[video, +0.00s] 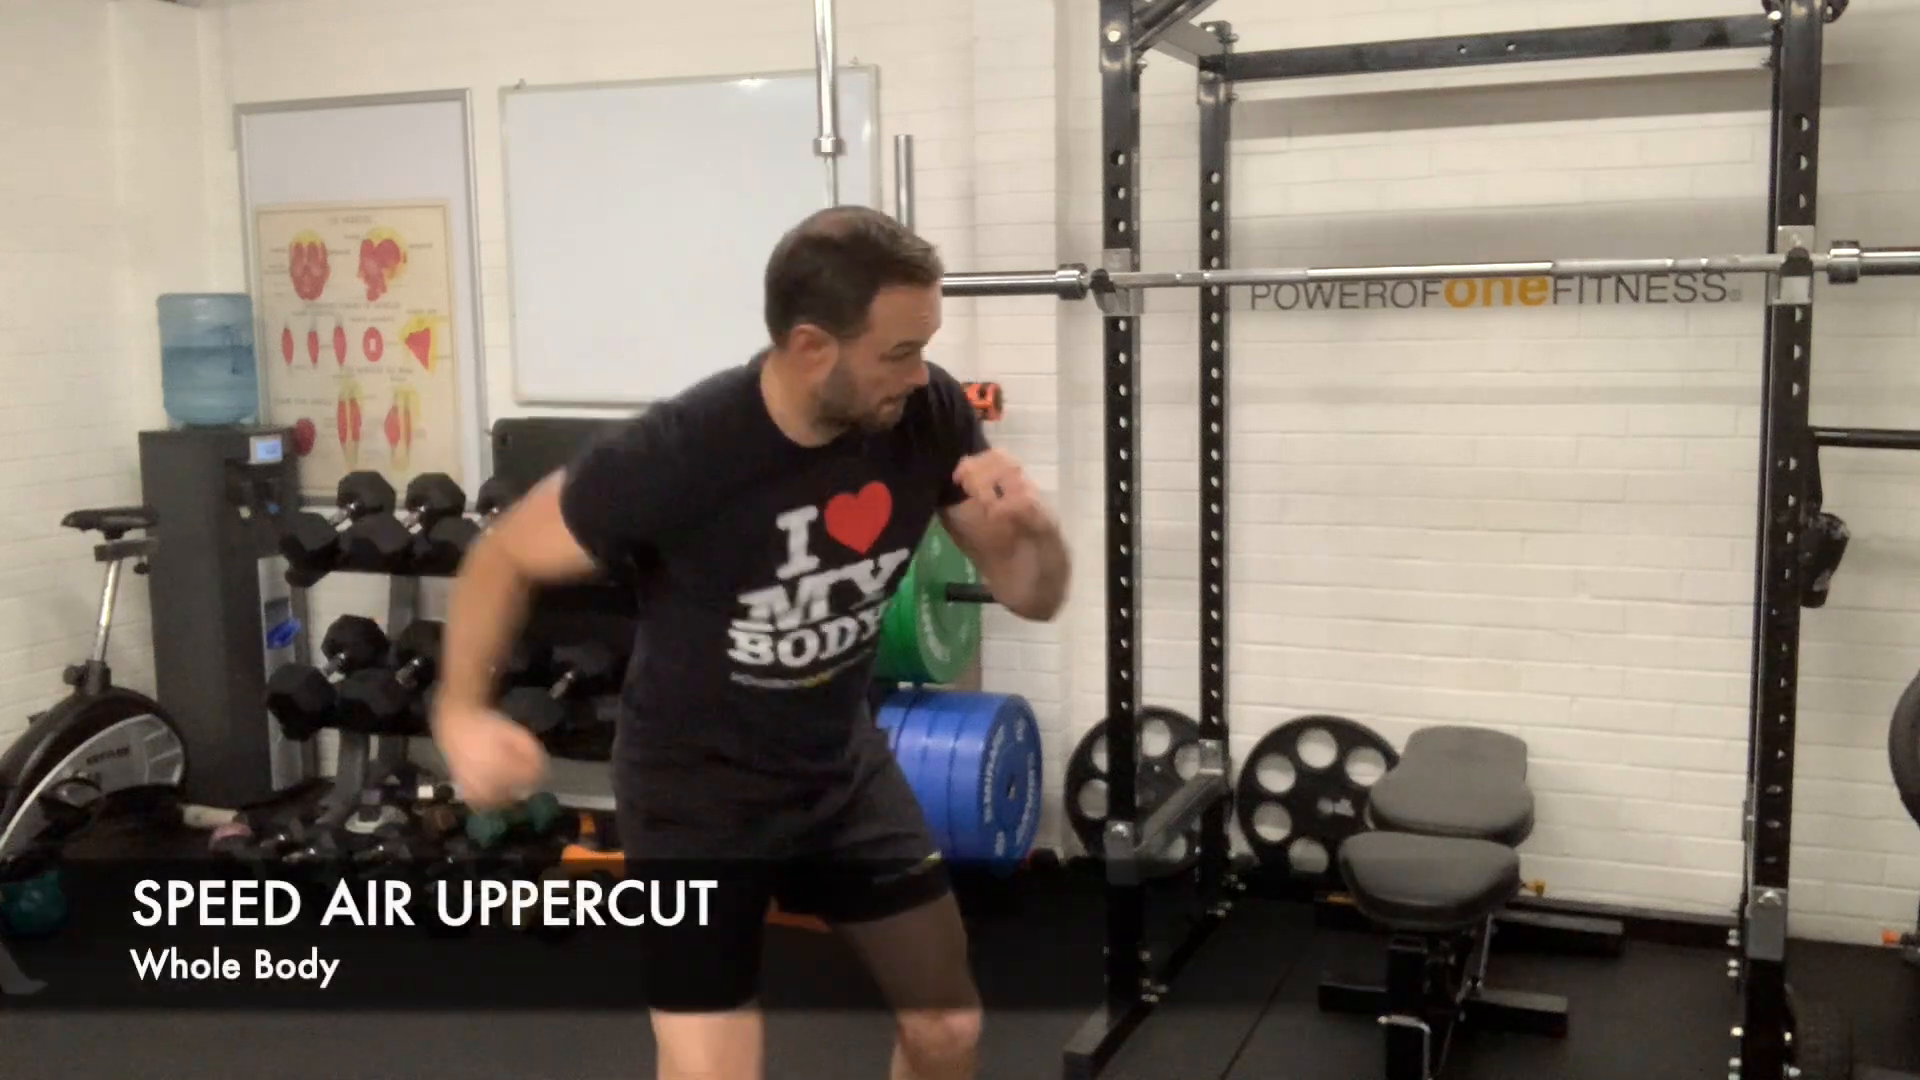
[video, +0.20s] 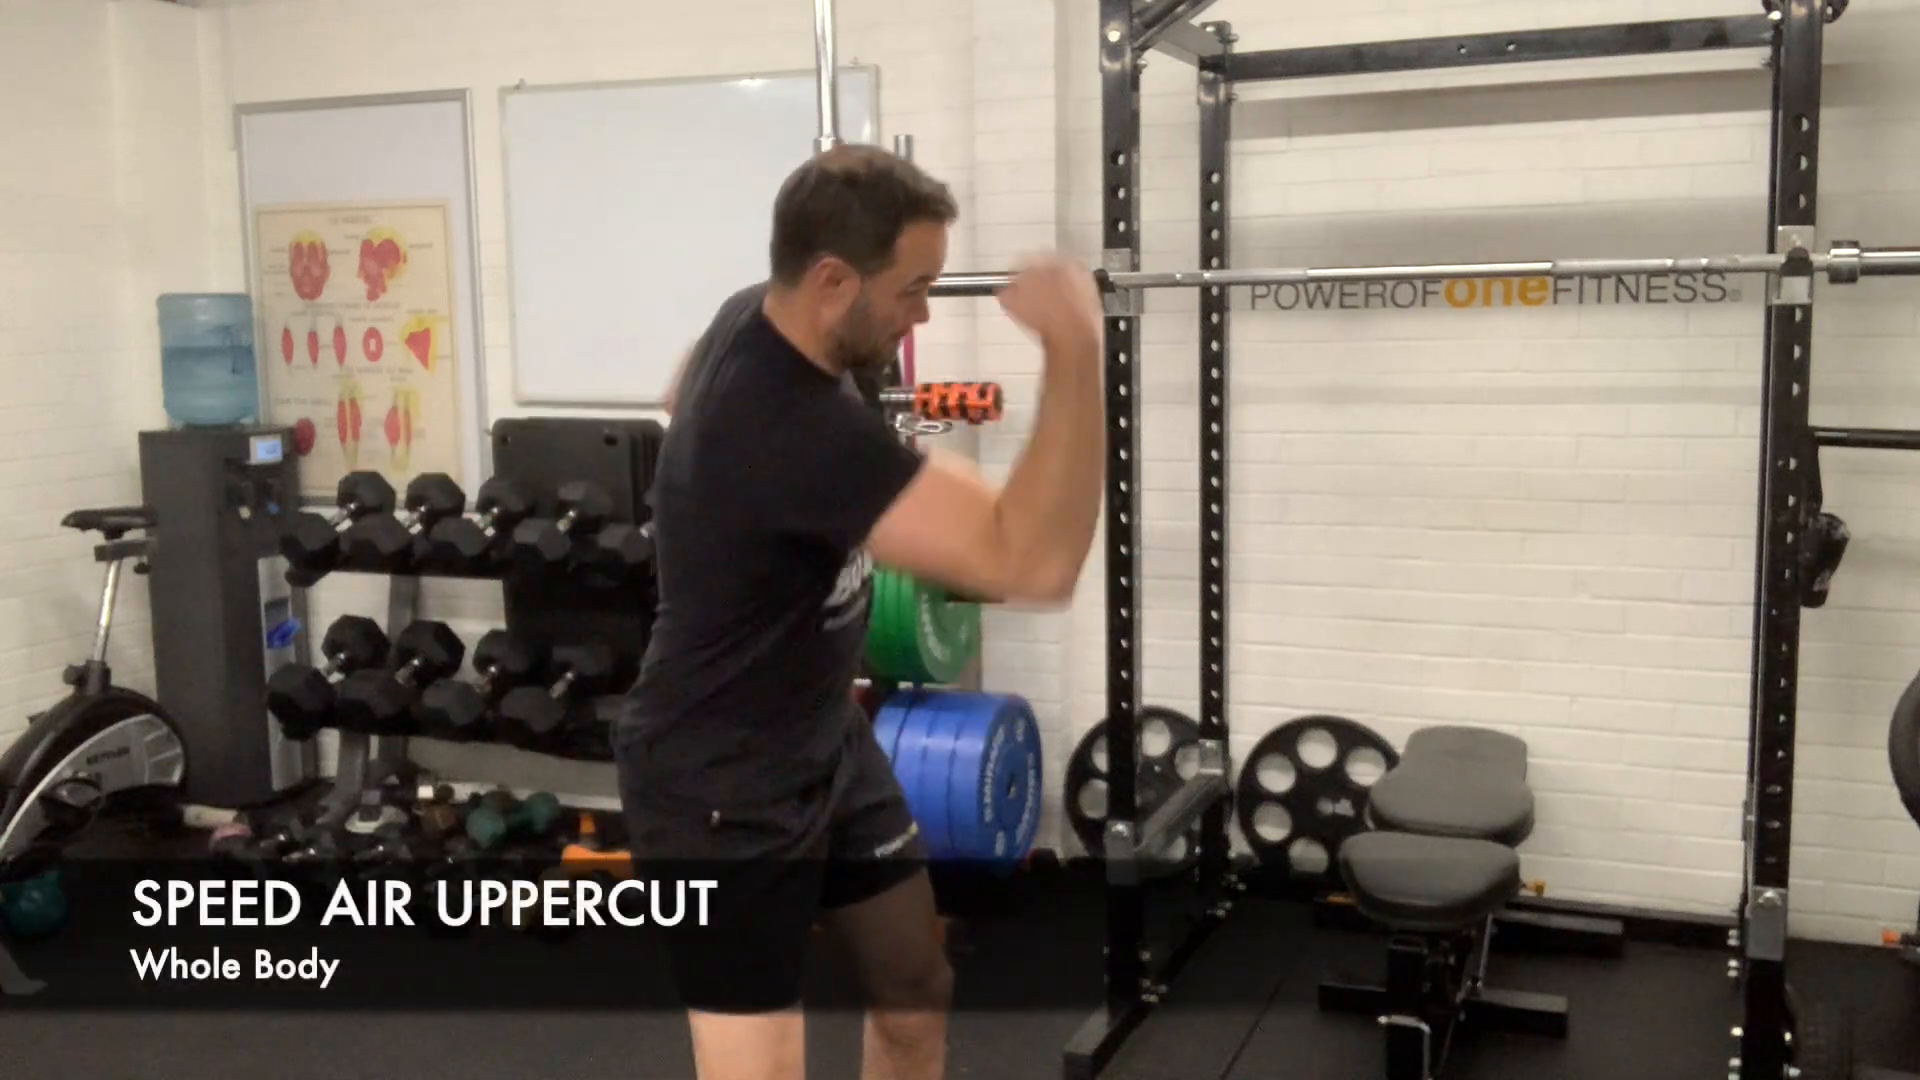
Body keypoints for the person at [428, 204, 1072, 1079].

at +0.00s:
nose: (917, 373)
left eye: (921, 348)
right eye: (899, 353)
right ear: (811, 347)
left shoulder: (926, 411)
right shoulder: (678, 456)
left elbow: (1038, 596)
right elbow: (501, 554)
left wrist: (1029, 536)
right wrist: (460, 709)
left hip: (841, 764)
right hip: (695, 779)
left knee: (947, 1029)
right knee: (712, 1066)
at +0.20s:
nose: (922, 315)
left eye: (928, 291)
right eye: (912, 292)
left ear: (828, 275)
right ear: (832, 283)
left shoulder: (763, 326)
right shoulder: (788, 420)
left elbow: (682, 409)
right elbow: (1031, 561)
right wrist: (1074, 346)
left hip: (822, 735)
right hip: (722, 779)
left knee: (914, 994)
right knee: (753, 1063)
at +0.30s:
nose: (948, 287)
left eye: (957, 263)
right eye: (941, 257)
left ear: (865, 235)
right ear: (863, 231)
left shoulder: (782, 324)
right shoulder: (782, 355)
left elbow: (673, 428)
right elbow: (992, 480)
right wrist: (1046, 300)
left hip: (821, 744)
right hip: (712, 773)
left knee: (892, 1003)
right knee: (738, 1061)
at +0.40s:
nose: (966, 310)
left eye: (978, 287)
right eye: (956, 277)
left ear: (882, 250)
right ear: (877, 243)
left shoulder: (896, 399)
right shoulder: (742, 361)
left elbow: (829, 577)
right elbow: (790, 572)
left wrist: (897, 674)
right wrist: (967, 458)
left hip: (810, 764)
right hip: (680, 782)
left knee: (914, 1021)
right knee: (701, 1065)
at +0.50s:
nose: (963, 326)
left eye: (980, 304)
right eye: (953, 292)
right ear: (876, 250)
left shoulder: (950, 438)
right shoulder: (689, 364)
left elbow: (994, 676)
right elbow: (565, 567)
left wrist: (1030, 641)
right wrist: (742, 582)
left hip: (822, 771)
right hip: (659, 775)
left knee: (923, 1041)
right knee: (671, 1064)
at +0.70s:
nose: (868, 291)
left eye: (884, 264)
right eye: (844, 263)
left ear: (900, 255)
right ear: (760, 244)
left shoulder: (920, 377)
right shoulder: (638, 370)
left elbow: (1066, 526)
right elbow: (528, 450)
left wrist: (936, 368)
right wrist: (468, 570)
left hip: (847, 766)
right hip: (675, 771)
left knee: (934, 1045)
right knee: (657, 1057)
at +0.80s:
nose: (840, 321)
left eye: (843, 289)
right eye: (809, 302)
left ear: (847, 264)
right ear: (719, 303)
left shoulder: (892, 382)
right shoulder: (637, 461)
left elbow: (985, 550)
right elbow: (525, 613)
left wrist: (968, 597)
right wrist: (557, 775)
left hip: (862, 771)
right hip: (696, 794)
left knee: (937, 1044)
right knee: (688, 1064)